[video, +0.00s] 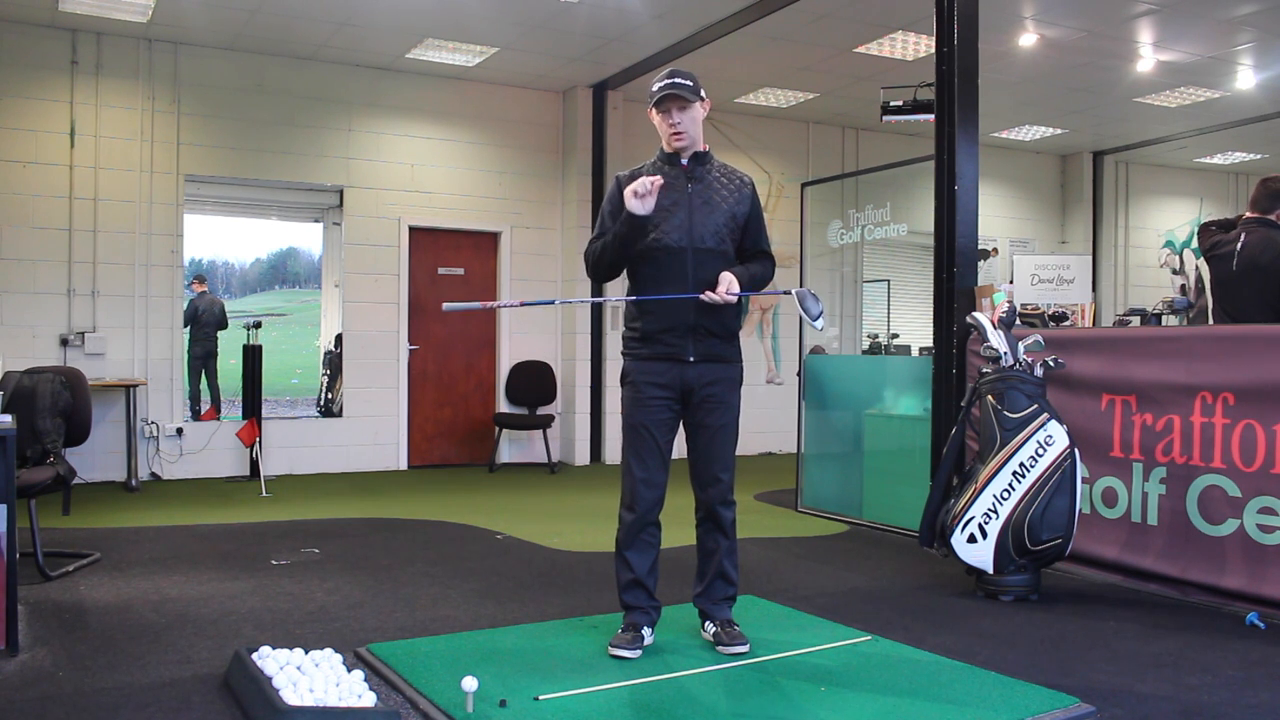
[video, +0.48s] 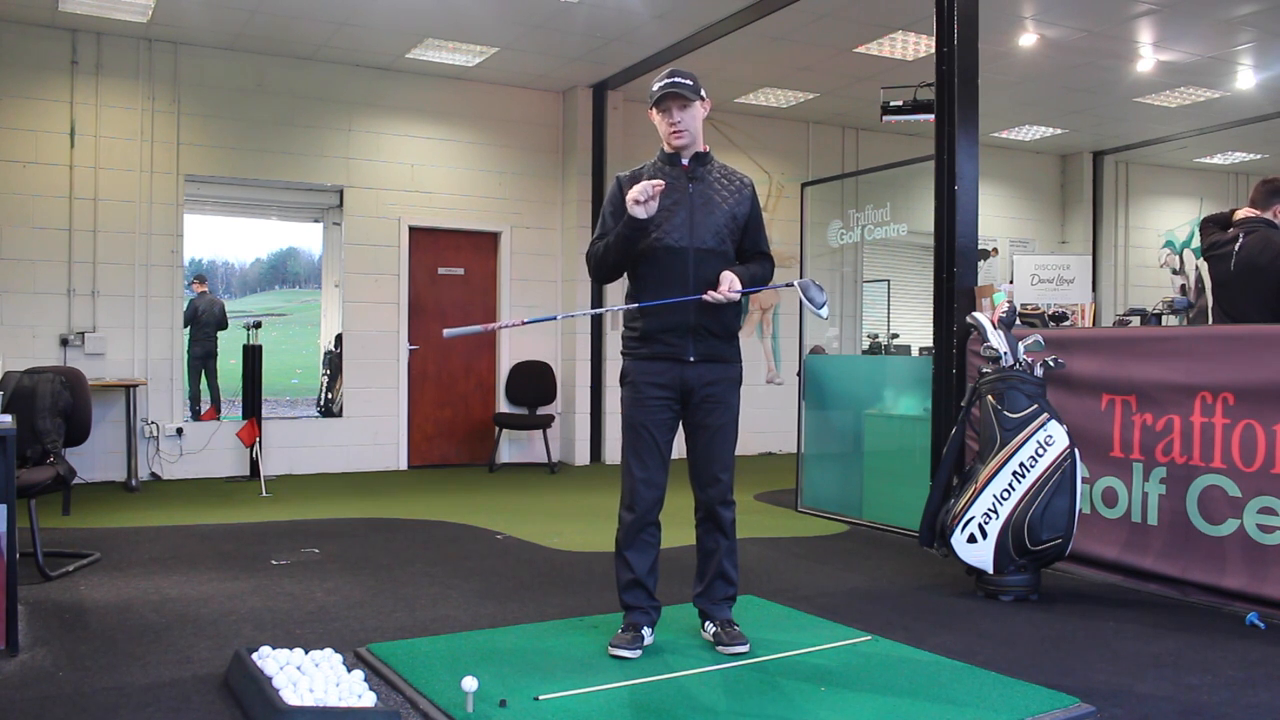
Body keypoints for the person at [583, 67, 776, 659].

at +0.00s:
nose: (673, 118)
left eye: (682, 106)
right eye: (663, 109)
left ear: (705, 109)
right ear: (653, 118)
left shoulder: (738, 187)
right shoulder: (630, 185)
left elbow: (762, 263)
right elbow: (598, 268)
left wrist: (738, 277)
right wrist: (635, 217)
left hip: (717, 362)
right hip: (649, 360)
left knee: (716, 495)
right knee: (641, 495)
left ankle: (718, 612)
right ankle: (638, 616)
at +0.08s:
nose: (673, 117)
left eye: (683, 106)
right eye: (664, 109)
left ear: (705, 110)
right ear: (653, 118)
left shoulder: (737, 186)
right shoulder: (630, 185)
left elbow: (762, 264)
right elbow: (598, 267)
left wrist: (739, 277)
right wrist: (635, 212)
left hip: (717, 361)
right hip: (649, 359)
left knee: (716, 494)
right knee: (641, 496)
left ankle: (718, 612)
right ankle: (638, 616)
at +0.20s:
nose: (674, 116)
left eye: (684, 105)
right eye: (664, 108)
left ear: (705, 110)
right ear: (653, 117)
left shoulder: (737, 187)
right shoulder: (631, 185)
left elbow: (761, 264)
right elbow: (598, 266)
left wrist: (740, 278)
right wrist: (636, 210)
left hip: (717, 361)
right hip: (649, 359)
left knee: (716, 495)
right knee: (641, 496)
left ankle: (718, 612)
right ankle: (638, 616)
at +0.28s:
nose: (673, 116)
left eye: (683, 105)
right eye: (664, 108)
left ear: (706, 109)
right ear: (653, 118)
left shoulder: (737, 187)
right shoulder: (631, 185)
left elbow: (761, 264)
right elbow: (599, 266)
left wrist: (739, 278)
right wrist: (637, 212)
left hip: (716, 361)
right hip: (649, 359)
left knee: (716, 494)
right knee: (641, 495)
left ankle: (718, 612)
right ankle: (638, 616)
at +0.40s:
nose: (673, 117)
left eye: (683, 106)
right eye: (664, 109)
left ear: (705, 109)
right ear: (654, 119)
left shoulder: (738, 187)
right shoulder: (631, 186)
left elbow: (760, 265)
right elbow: (599, 268)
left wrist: (739, 278)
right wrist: (632, 218)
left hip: (716, 361)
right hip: (649, 359)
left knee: (716, 494)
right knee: (641, 495)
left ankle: (718, 612)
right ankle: (638, 616)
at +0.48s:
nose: (673, 117)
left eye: (683, 106)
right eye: (663, 108)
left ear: (705, 109)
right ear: (653, 118)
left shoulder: (737, 187)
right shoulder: (630, 186)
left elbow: (760, 264)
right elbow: (600, 269)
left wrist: (739, 278)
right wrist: (635, 219)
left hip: (716, 361)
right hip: (649, 359)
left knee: (716, 494)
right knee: (641, 495)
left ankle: (718, 612)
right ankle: (638, 616)